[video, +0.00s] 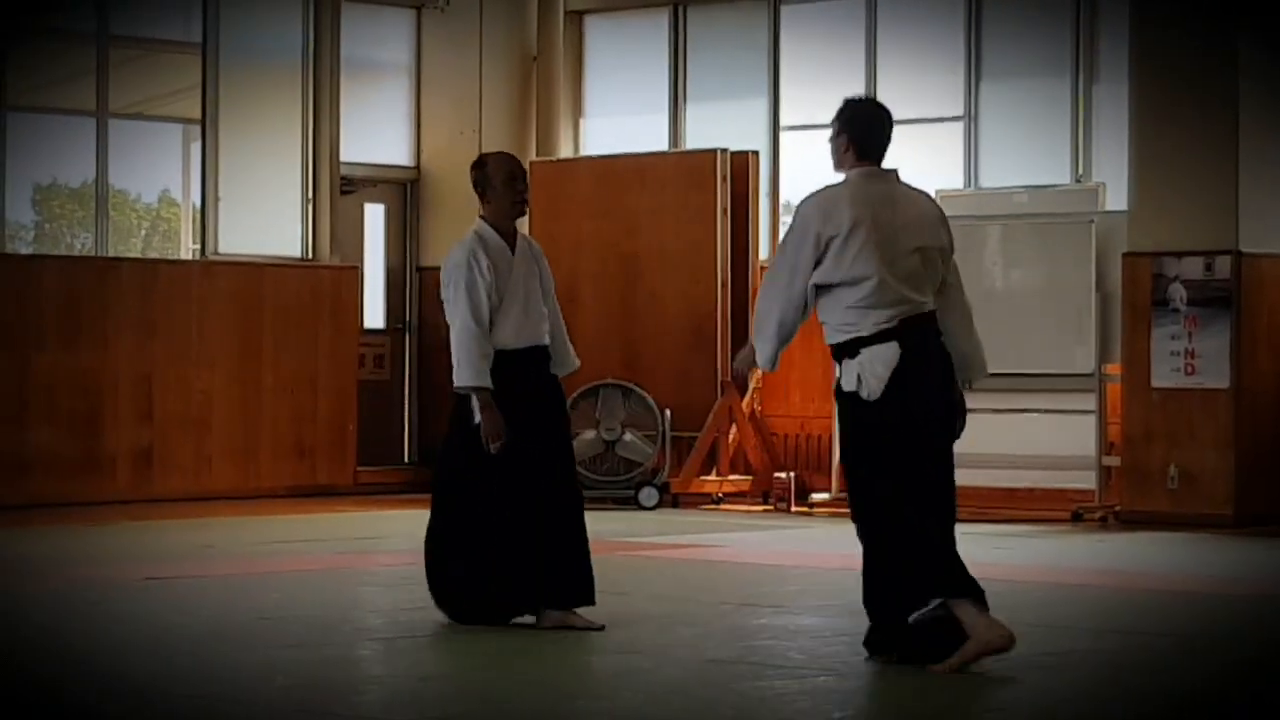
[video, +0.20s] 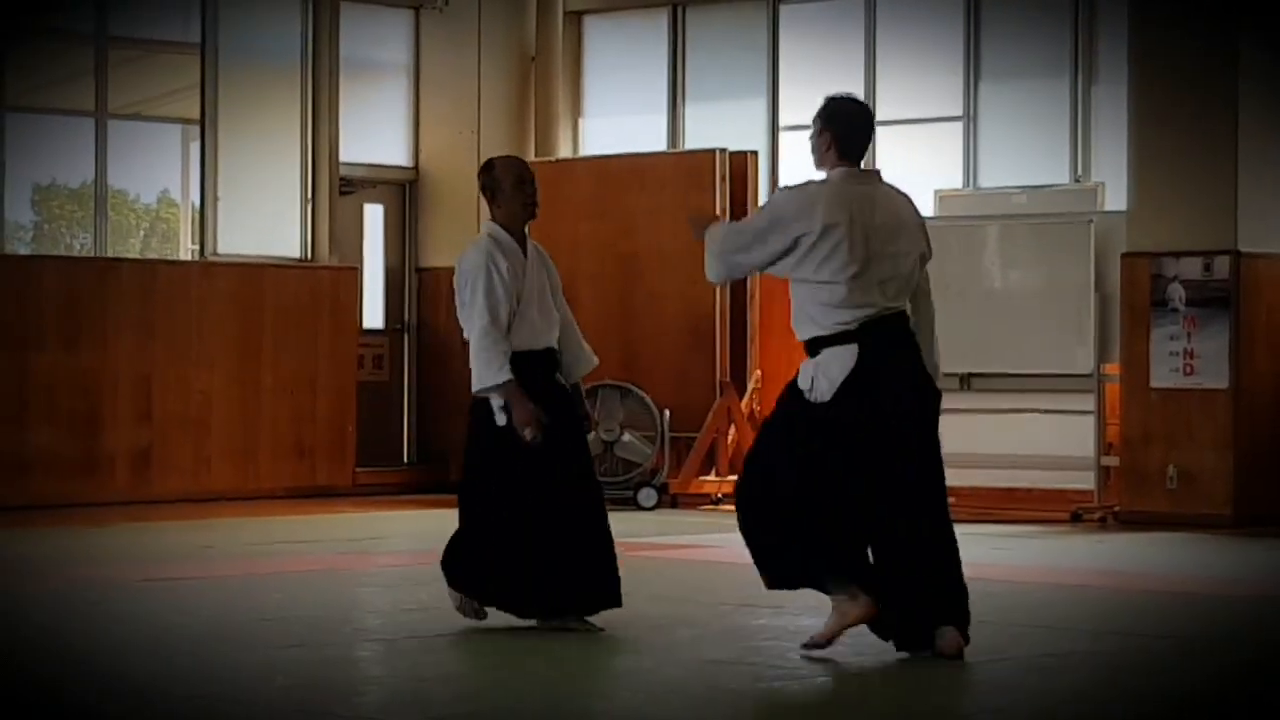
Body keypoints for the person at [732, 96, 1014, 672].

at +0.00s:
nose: (830, 147)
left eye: (833, 139)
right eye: (834, 138)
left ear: (844, 144)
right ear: (885, 145)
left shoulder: (823, 207)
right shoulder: (924, 205)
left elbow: (786, 294)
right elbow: (951, 298)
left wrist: (758, 352)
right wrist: (964, 375)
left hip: (870, 369)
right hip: (933, 361)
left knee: (879, 506)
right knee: (930, 498)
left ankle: (892, 635)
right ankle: (968, 610)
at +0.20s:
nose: (810, 144)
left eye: (813, 135)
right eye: (814, 135)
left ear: (826, 140)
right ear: (865, 144)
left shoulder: (805, 202)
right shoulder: (902, 206)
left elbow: (725, 256)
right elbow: (920, 299)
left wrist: (716, 231)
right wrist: (928, 371)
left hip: (841, 368)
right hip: (905, 366)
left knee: (767, 484)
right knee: (916, 494)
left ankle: (846, 594)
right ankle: (946, 623)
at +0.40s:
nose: (736, 161)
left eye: (739, 153)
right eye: (739, 154)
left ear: (750, 159)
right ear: (794, 162)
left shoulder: (736, 219)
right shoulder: (832, 217)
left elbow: (665, 168)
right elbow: (861, 307)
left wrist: (694, 101)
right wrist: (863, 373)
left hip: (778, 382)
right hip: (848, 378)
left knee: (696, 477)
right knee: (882, 498)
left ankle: (674, 601)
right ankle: (938, 619)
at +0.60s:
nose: (632, 161)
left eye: (634, 153)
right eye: (635, 152)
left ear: (645, 159)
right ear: (685, 157)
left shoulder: (636, 222)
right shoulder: (731, 207)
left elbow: (577, 206)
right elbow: (767, 293)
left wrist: (544, 150)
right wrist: (781, 365)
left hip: (686, 371)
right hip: (751, 361)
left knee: (659, 496)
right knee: (789, 490)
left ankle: (656, 616)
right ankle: (872, 578)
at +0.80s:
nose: (581, 166)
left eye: (584, 157)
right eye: (585, 157)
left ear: (593, 160)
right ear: (634, 166)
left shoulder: (560, 217)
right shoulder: (665, 219)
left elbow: (502, 275)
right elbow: (706, 301)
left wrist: (466, 306)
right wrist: (719, 364)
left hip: (585, 361)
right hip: (649, 361)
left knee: (578, 483)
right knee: (645, 484)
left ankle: (570, 607)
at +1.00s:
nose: (488, 192)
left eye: (492, 183)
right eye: (491, 183)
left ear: (509, 186)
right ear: (539, 190)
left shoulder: (486, 243)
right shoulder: (577, 245)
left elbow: (418, 305)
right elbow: (619, 320)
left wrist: (348, 339)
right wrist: (655, 385)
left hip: (523, 387)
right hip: (580, 383)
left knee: (432, 463)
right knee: (571, 490)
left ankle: (435, 605)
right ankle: (625, 603)